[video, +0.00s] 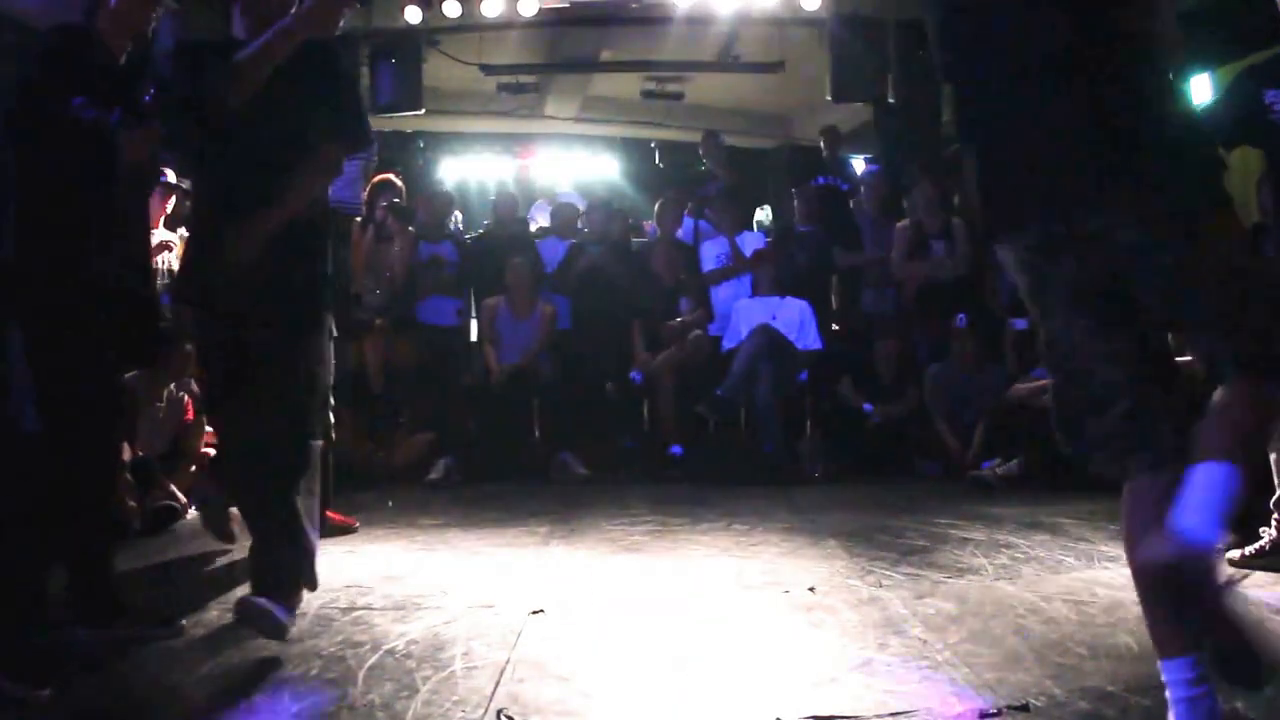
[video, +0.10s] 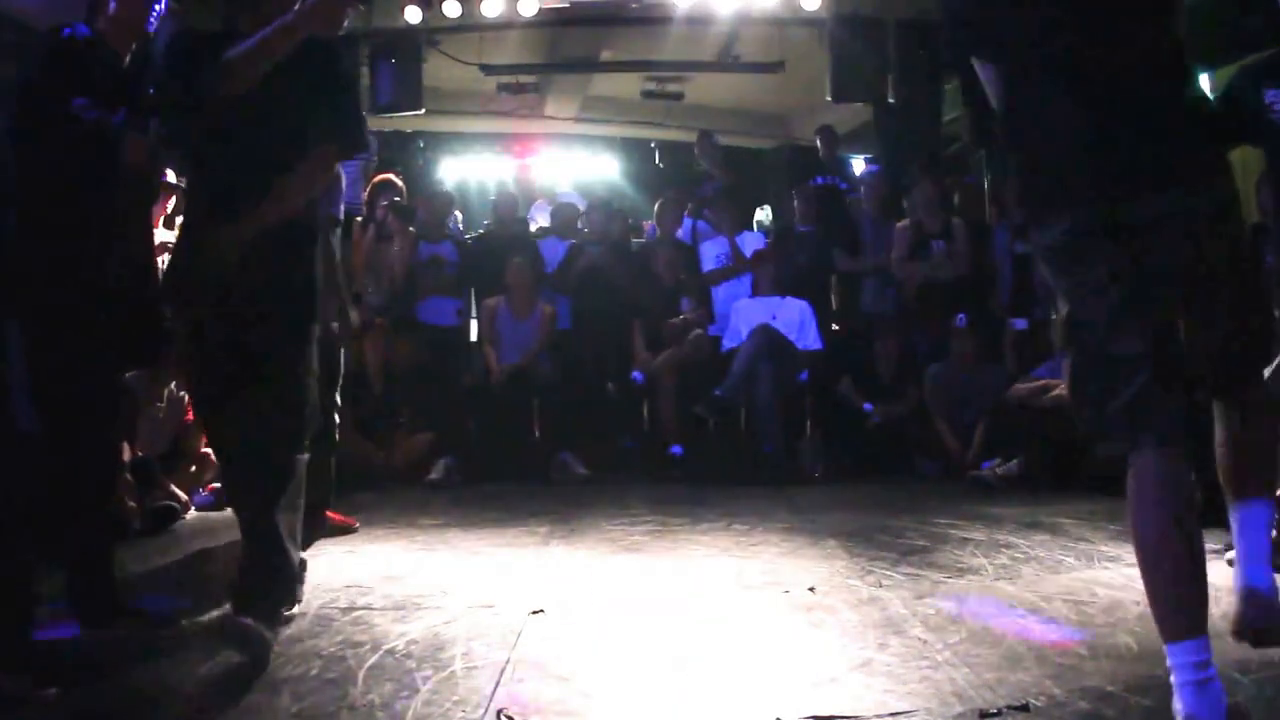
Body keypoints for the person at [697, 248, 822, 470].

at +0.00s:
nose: (765, 271)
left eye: (769, 266)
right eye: (760, 266)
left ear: (778, 269)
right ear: (753, 271)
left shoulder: (799, 307)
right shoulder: (741, 306)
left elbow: (812, 353)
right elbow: (730, 351)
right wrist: (755, 342)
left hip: (791, 370)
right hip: (754, 367)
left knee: (763, 333)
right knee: (765, 367)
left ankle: (725, 396)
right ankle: (771, 451)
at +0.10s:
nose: (766, 271)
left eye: (769, 265)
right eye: (761, 266)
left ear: (778, 269)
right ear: (753, 270)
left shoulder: (800, 307)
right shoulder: (740, 307)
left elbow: (813, 353)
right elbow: (731, 351)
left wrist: (785, 350)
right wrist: (756, 345)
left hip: (792, 371)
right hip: (754, 369)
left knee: (763, 333)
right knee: (764, 367)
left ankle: (724, 395)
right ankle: (769, 451)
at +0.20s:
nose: (769, 271)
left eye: (773, 265)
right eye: (764, 265)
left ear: (780, 270)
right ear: (755, 270)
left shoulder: (800, 307)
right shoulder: (740, 307)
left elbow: (810, 353)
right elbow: (731, 351)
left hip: (790, 369)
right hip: (754, 368)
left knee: (763, 332)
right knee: (764, 367)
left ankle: (726, 395)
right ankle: (770, 449)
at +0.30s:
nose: (771, 271)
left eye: (775, 265)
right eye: (766, 266)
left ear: (782, 270)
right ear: (756, 271)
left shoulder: (800, 307)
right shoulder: (740, 307)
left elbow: (812, 353)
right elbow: (730, 350)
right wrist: (758, 345)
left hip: (792, 369)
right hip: (754, 367)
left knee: (764, 332)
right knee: (766, 367)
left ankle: (728, 395)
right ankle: (769, 446)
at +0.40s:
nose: (771, 271)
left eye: (775, 265)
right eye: (765, 266)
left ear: (782, 270)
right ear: (756, 271)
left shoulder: (801, 307)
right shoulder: (740, 307)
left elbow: (813, 352)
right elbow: (729, 350)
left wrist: (785, 343)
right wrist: (759, 344)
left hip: (791, 367)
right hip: (754, 364)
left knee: (764, 332)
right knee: (765, 365)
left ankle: (731, 393)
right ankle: (768, 445)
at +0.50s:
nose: (771, 271)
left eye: (775, 265)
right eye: (766, 265)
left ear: (782, 270)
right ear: (758, 271)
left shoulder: (800, 307)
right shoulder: (741, 307)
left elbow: (814, 355)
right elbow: (728, 352)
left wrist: (793, 340)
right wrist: (756, 342)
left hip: (790, 367)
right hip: (753, 366)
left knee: (764, 333)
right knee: (766, 369)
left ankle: (732, 393)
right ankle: (769, 445)